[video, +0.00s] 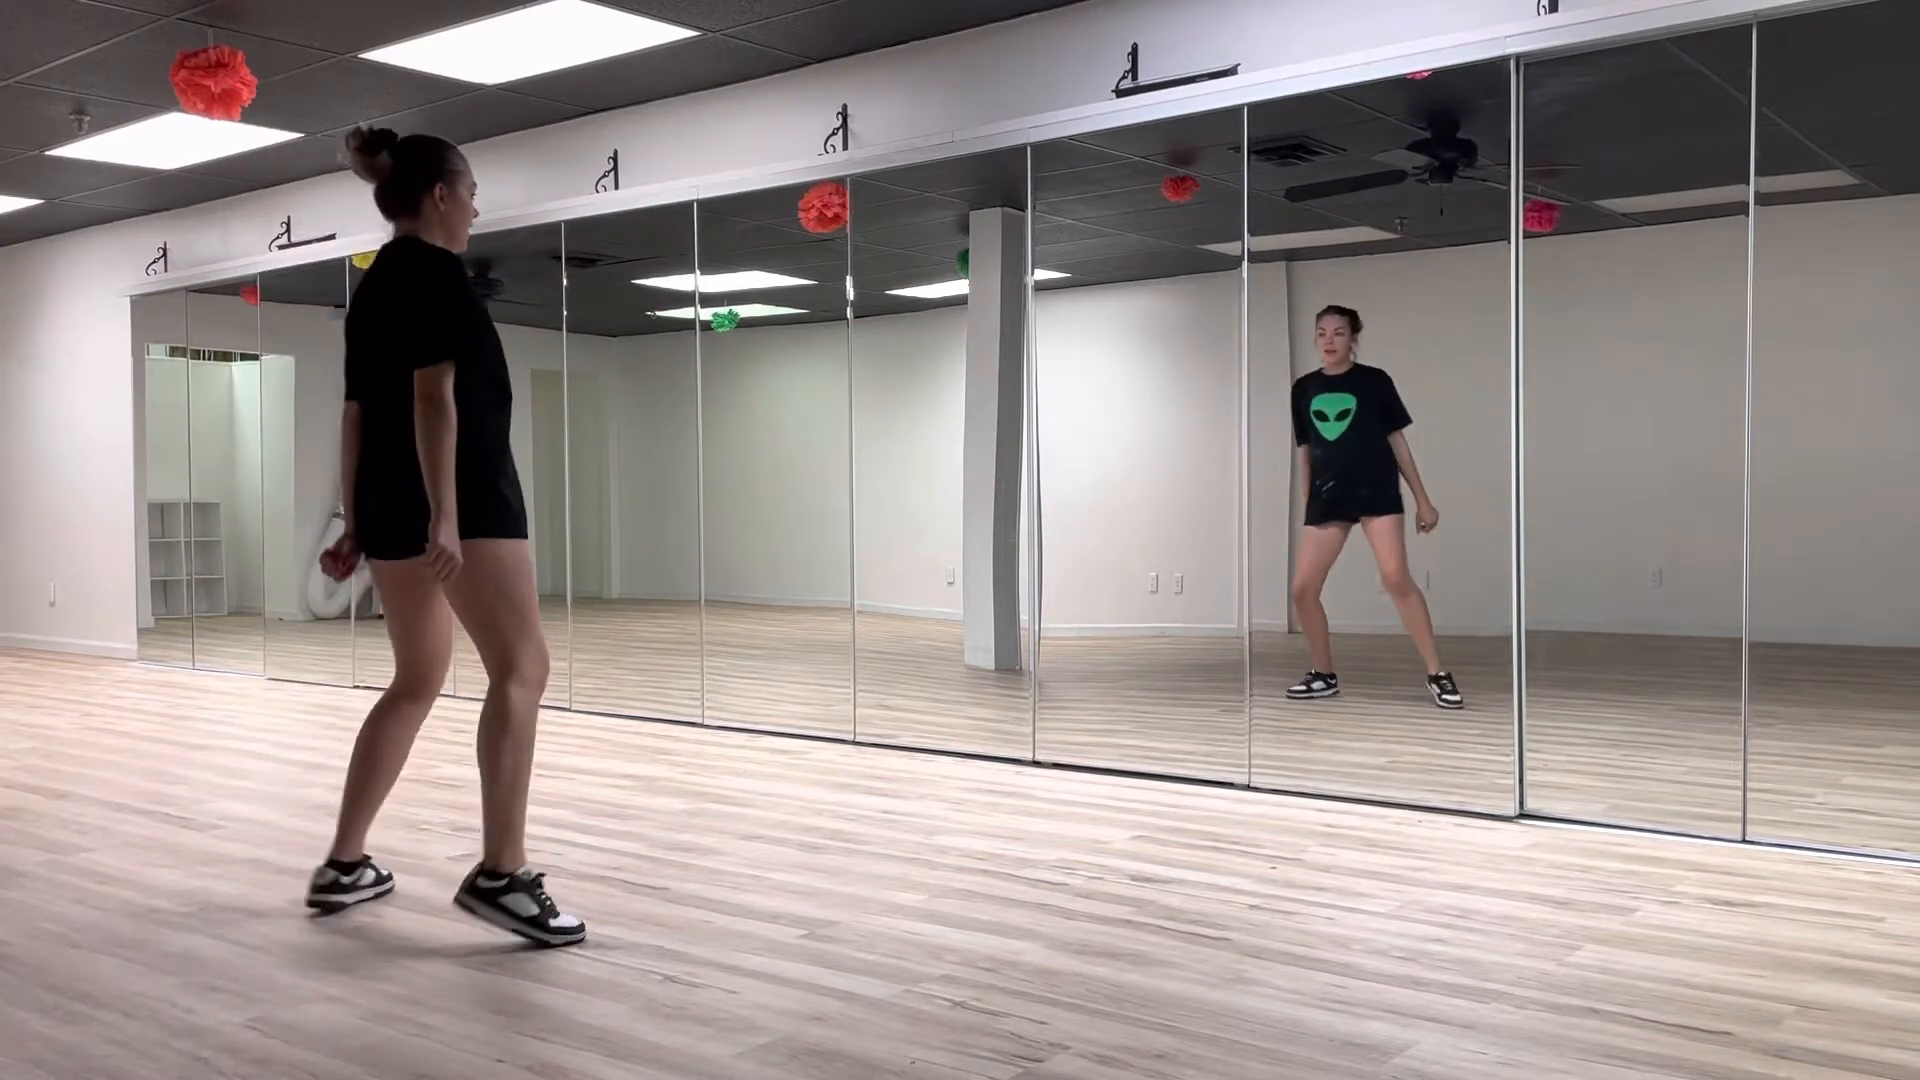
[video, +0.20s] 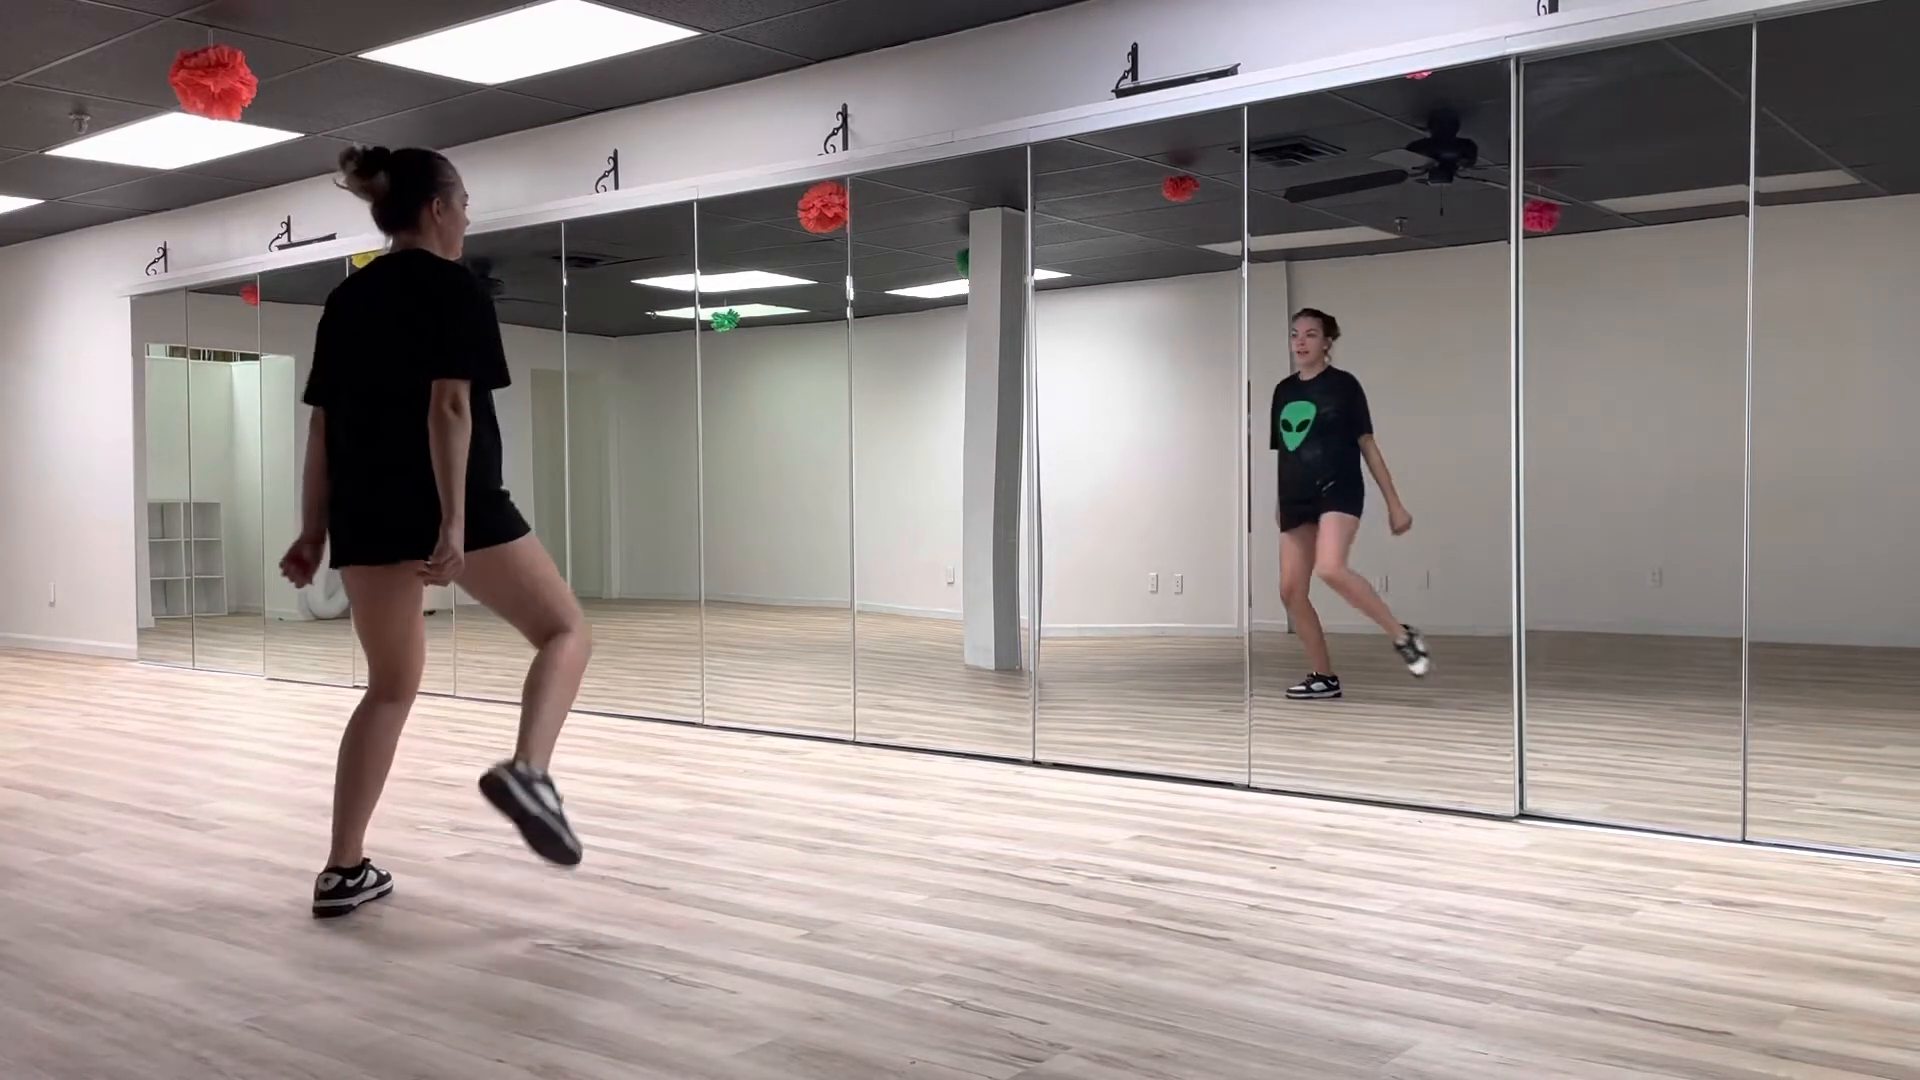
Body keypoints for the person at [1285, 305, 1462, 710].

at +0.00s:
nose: (1329, 339)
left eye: (1338, 333)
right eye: (1323, 333)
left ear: (1353, 339)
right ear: (1315, 339)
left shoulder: (1375, 380)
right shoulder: (1304, 388)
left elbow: (1398, 443)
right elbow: (1305, 453)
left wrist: (1422, 500)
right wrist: (1309, 505)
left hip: (1378, 492)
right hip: (1329, 496)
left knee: (1396, 579)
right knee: (1304, 588)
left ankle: (1436, 675)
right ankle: (1323, 675)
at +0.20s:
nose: (1300, 341)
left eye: (1310, 335)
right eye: (1295, 334)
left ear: (1327, 342)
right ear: (1290, 341)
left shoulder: (1345, 385)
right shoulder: (1284, 390)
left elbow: (1368, 446)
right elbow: (1284, 453)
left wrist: (1394, 504)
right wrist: (1283, 504)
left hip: (1339, 491)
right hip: (1296, 496)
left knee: (1331, 569)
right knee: (1291, 591)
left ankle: (1401, 635)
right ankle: (1323, 677)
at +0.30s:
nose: (1288, 338)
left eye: (1298, 331)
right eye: (1283, 331)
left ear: (1316, 337)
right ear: (1279, 337)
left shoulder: (1332, 381)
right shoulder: (1274, 387)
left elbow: (1354, 444)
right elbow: (1274, 452)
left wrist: (1377, 504)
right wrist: (1274, 502)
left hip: (1328, 484)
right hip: (1287, 491)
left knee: (1296, 557)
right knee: (1288, 588)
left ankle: (1356, 633)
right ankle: (1322, 675)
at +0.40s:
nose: (1278, 332)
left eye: (1288, 325)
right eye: (1274, 325)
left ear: (1306, 331)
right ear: (1269, 331)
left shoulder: (1319, 375)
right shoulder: (1266, 380)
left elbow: (1341, 440)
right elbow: (1263, 438)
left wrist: (1361, 500)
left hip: (1315, 482)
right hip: (1280, 486)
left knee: (1273, 555)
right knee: (1291, 580)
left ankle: (1304, 659)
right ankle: (1321, 670)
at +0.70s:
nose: (1250, 355)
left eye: (1257, 348)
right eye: (1249, 348)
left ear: (1280, 354)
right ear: (1265, 355)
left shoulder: (1284, 397)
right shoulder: (1272, 396)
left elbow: (1295, 461)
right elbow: (1273, 459)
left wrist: (1305, 523)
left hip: (1257, 510)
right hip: (1271, 510)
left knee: (1231, 594)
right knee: (1260, 600)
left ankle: (1257, 692)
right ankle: (1311, 680)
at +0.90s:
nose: (1247, 340)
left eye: (1254, 333)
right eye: (1248, 332)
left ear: (1277, 337)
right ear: (1279, 339)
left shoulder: (1269, 378)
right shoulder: (1302, 381)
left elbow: (1265, 439)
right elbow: (1316, 442)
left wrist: (1236, 489)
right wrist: (1319, 495)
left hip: (1262, 493)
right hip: (1297, 496)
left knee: (1220, 575)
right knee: (1278, 592)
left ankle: (1234, 662)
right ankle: (1313, 681)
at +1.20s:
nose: (1229, 342)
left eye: (1236, 335)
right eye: (1230, 335)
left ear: (1258, 339)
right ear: (1266, 341)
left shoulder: (1241, 378)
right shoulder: (1295, 382)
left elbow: (1218, 436)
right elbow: (1315, 441)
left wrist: (1184, 485)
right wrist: (1327, 493)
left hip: (1234, 486)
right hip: (1283, 492)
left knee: (1186, 559)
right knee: (1282, 591)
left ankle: (1163, 640)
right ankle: (1309, 679)